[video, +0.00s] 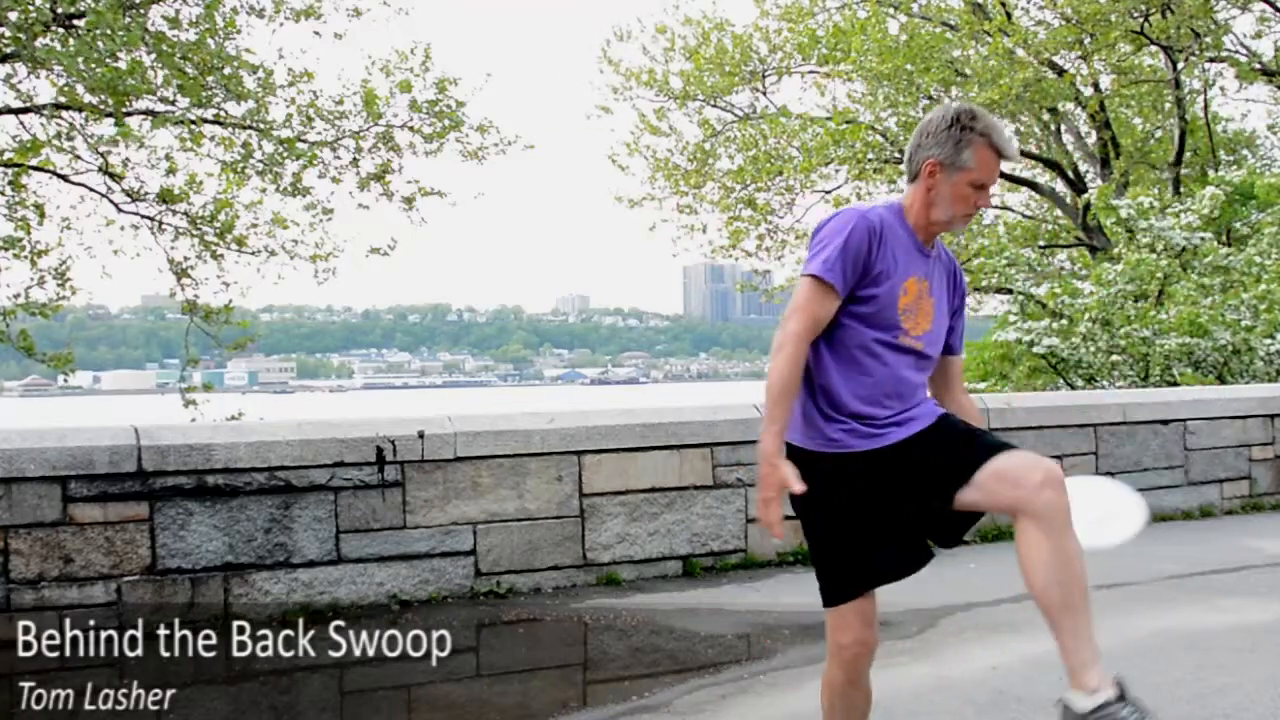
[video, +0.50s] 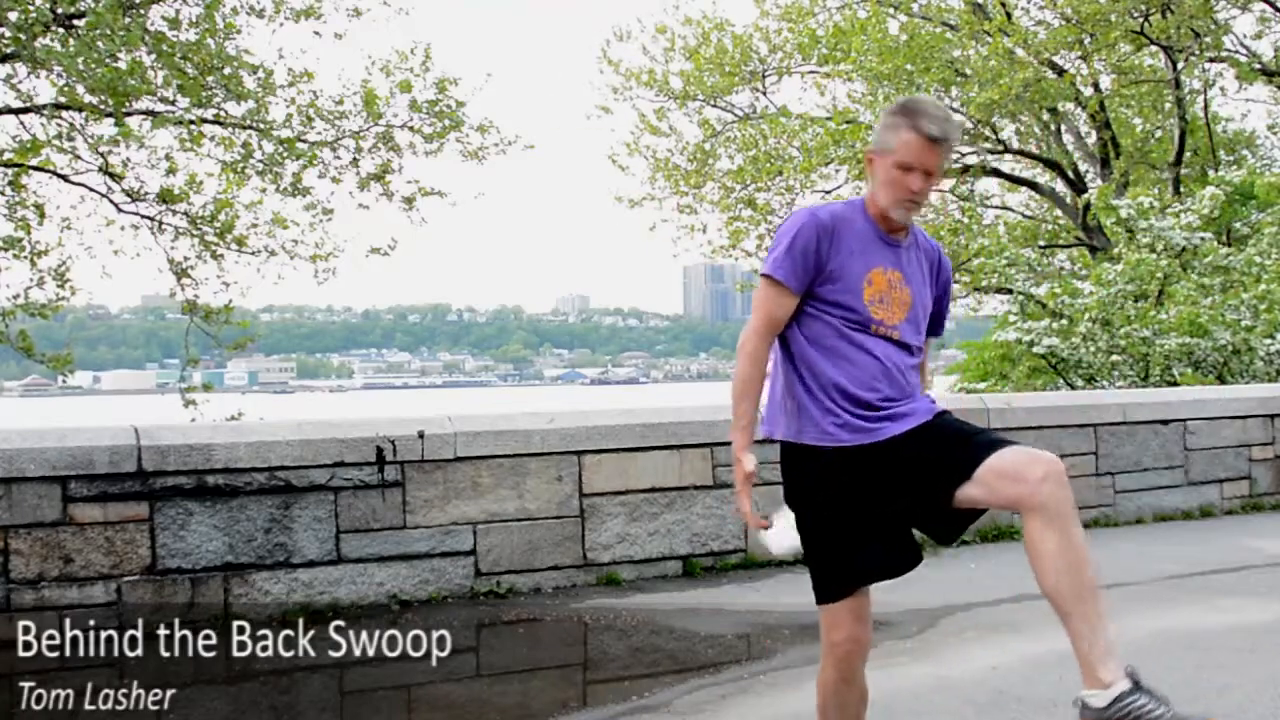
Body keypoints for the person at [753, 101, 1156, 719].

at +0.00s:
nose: (985, 203)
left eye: (990, 190)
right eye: (977, 186)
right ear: (930, 173)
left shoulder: (947, 276)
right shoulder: (858, 229)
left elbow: (949, 391)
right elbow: (794, 335)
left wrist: (1003, 479)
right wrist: (771, 452)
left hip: (914, 438)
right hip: (833, 455)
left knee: (1040, 484)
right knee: (852, 646)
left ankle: (1091, 689)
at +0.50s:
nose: (919, 187)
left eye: (931, 175)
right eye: (907, 170)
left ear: (941, 177)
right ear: (870, 160)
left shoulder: (930, 262)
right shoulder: (815, 229)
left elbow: (915, 371)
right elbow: (757, 338)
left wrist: (939, 457)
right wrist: (741, 451)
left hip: (908, 436)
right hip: (825, 453)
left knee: (1042, 478)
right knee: (846, 641)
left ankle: (1106, 685)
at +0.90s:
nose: (842, 135)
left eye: (859, 123)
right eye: (839, 122)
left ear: (904, 140)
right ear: (835, 130)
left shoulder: (938, 227)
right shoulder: (800, 210)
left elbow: (904, 325)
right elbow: (779, 328)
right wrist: (819, 435)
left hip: (928, 424)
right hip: (835, 435)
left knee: (1021, 553)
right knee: (847, 624)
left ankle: (1036, 715)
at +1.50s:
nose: (824, 118)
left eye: (840, 107)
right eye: (829, 106)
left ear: (884, 127)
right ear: (871, 127)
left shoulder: (942, 212)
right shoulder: (796, 215)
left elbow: (992, 317)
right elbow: (777, 327)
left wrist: (931, 356)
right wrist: (802, 416)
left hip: (928, 448)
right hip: (834, 451)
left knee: (957, 613)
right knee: (816, 621)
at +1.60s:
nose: (811, 122)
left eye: (827, 111)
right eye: (816, 110)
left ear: (870, 131)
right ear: (853, 131)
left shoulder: (925, 207)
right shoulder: (790, 215)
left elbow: (951, 326)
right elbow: (771, 325)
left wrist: (842, 318)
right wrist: (775, 407)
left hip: (916, 446)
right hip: (824, 449)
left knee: (950, 619)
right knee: (796, 621)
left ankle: (987, 719)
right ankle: (847, 719)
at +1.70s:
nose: (804, 126)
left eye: (819, 115)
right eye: (809, 114)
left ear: (862, 132)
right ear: (849, 133)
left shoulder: (911, 207)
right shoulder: (787, 221)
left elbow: (916, 327)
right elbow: (773, 320)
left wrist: (796, 294)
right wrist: (764, 404)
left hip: (908, 448)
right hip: (817, 450)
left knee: (942, 626)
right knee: (792, 621)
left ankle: (982, 719)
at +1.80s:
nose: (792, 134)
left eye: (806, 124)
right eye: (796, 123)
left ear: (846, 142)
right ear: (834, 143)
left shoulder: (881, 214)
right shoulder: (784, 224)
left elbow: (836, 319)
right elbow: (772, 331)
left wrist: (738, 258)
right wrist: (746, 407)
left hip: (886, 446)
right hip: (806, 450)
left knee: (906, 636)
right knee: (787, 625)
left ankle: (966, 715)